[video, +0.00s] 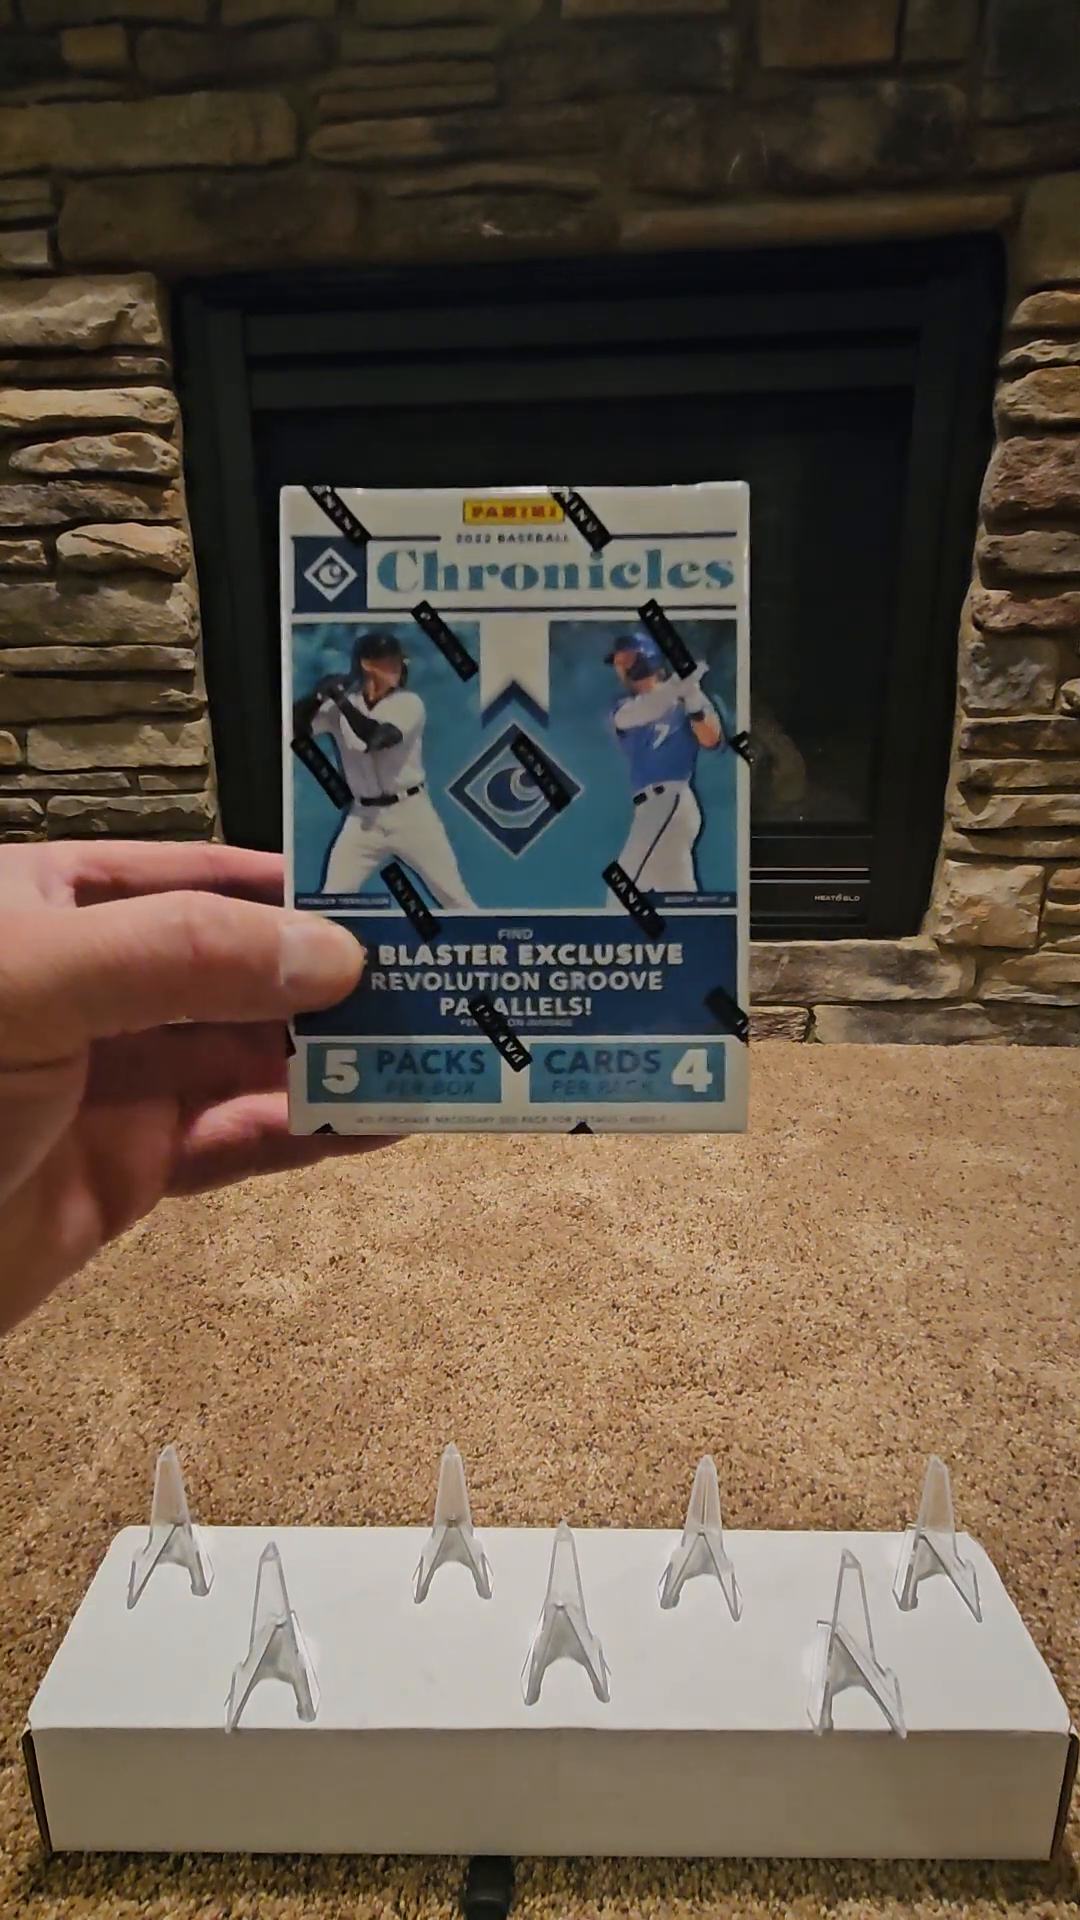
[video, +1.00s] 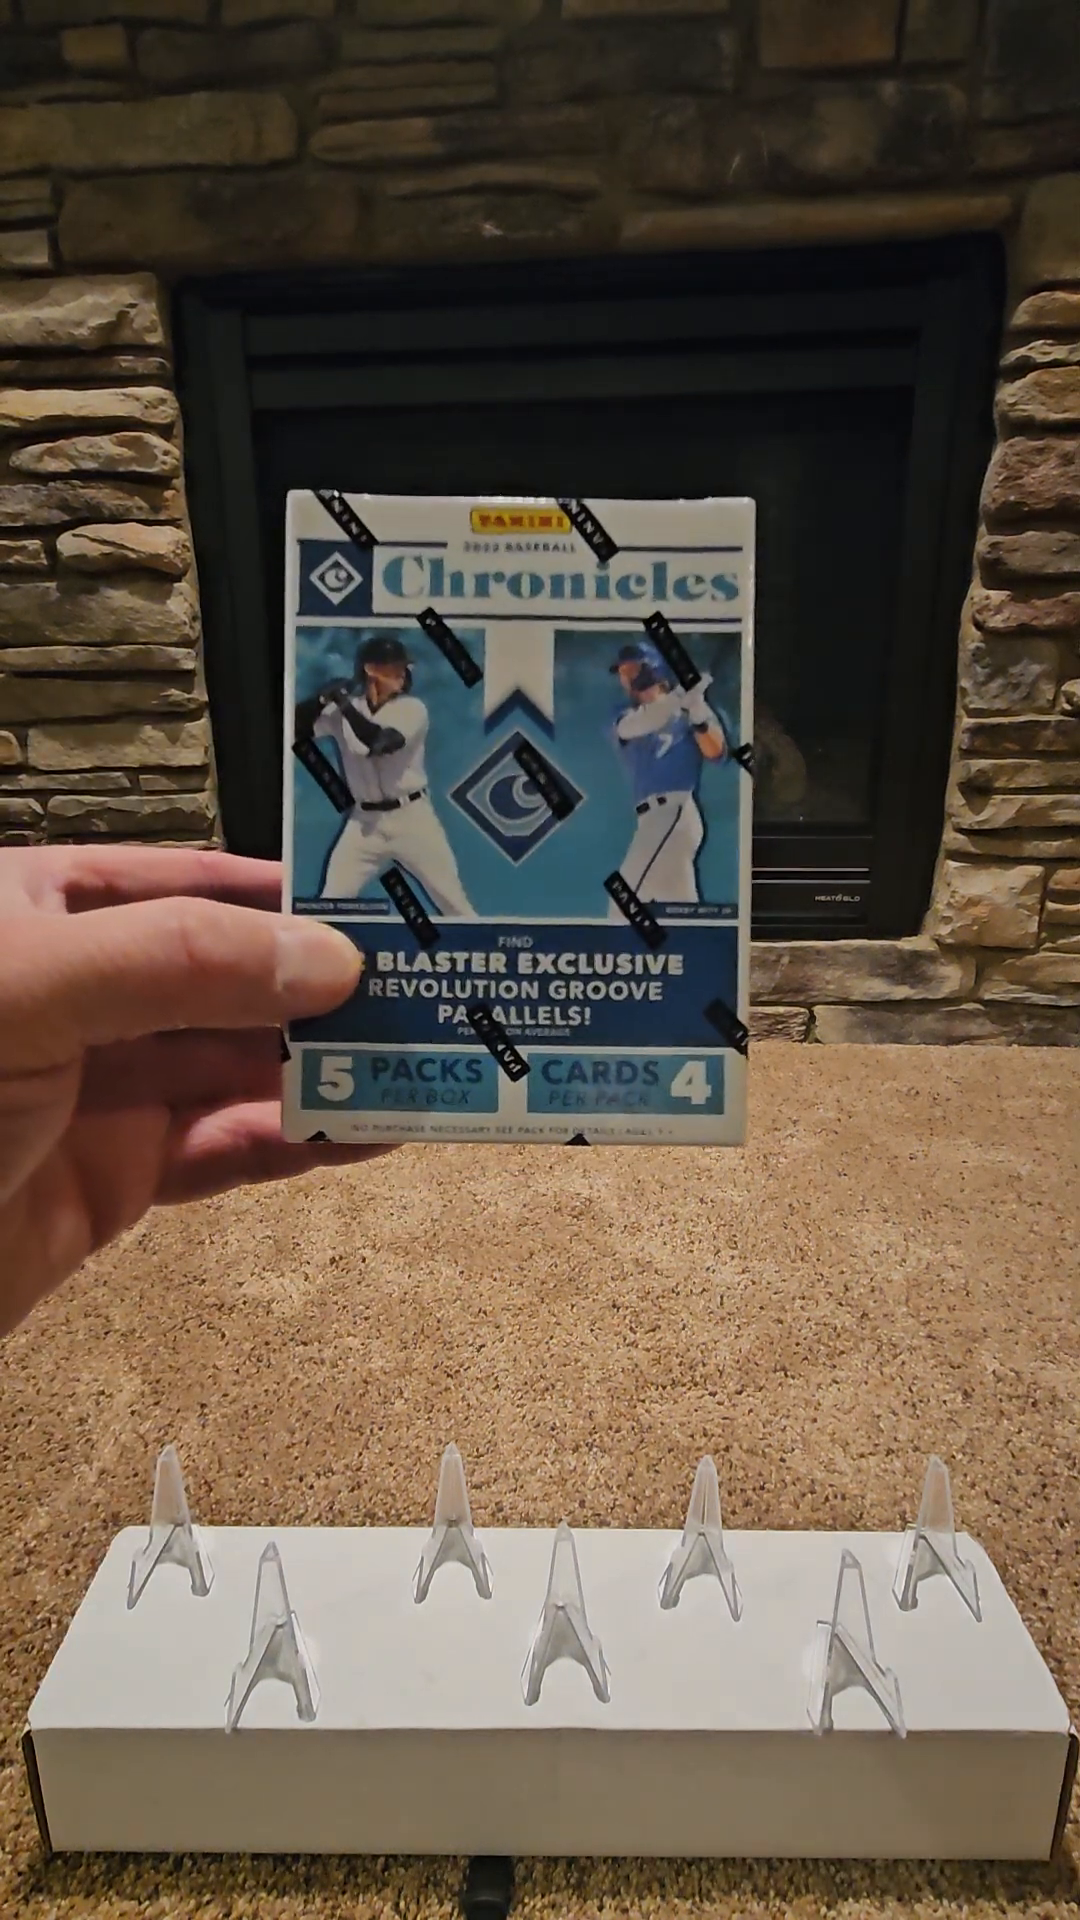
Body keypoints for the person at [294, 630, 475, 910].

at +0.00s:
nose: (396, 666)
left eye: (398, 659)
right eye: (388, 660)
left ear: (402, 664)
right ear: (366, 665)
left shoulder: (409, 703)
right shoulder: (338, 708)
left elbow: (376, 739)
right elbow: (295, 731)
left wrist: (340, 699)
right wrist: (317, 697)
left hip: (411, 813)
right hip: (363, 818)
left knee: (453, 896)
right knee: (333, 901)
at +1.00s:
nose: (402, 673)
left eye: (403, 667)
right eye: (394, 666)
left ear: (404, 671)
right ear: (371, 670)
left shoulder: (411, 709)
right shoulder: (341, 712)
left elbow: (377, 743)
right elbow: (293, 730)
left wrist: (343, 703)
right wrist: (321, 700)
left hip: (413, 819)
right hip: (364, 823)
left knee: (454, 903)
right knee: (332, 905)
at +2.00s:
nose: (392, 696)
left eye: (393, 690)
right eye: (384, 690)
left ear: (396, 694)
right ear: (361, 695)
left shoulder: (402, 734)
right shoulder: (331, 738)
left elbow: (369, 769)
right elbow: (285, 755)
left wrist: (334, 729)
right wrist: (311, 725)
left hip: (403, 845)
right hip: (354, 849)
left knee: (444, 929)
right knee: (322, 930)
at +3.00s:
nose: (387, 679)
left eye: (388, 673)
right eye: (379, 673)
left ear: (391, 678)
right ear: (355, 679)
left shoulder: (397, 718)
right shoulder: (326, 722)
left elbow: (364, 753)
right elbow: (281, 735)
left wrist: (327, 714)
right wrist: (306, 708)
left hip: (399, 831)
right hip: (350, 835)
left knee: (441, 916)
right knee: (318, 917)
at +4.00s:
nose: (381, 693)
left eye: (382, 687)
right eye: (372, 687)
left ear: (387, 691)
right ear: (350, 692)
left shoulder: (393, 731)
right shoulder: (323, 735)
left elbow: (359, 766)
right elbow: (279, 753)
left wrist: (324, 726)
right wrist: (300, 724)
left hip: (395, 843)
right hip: (346, 847)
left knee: (439, 928)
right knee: (314, 932)